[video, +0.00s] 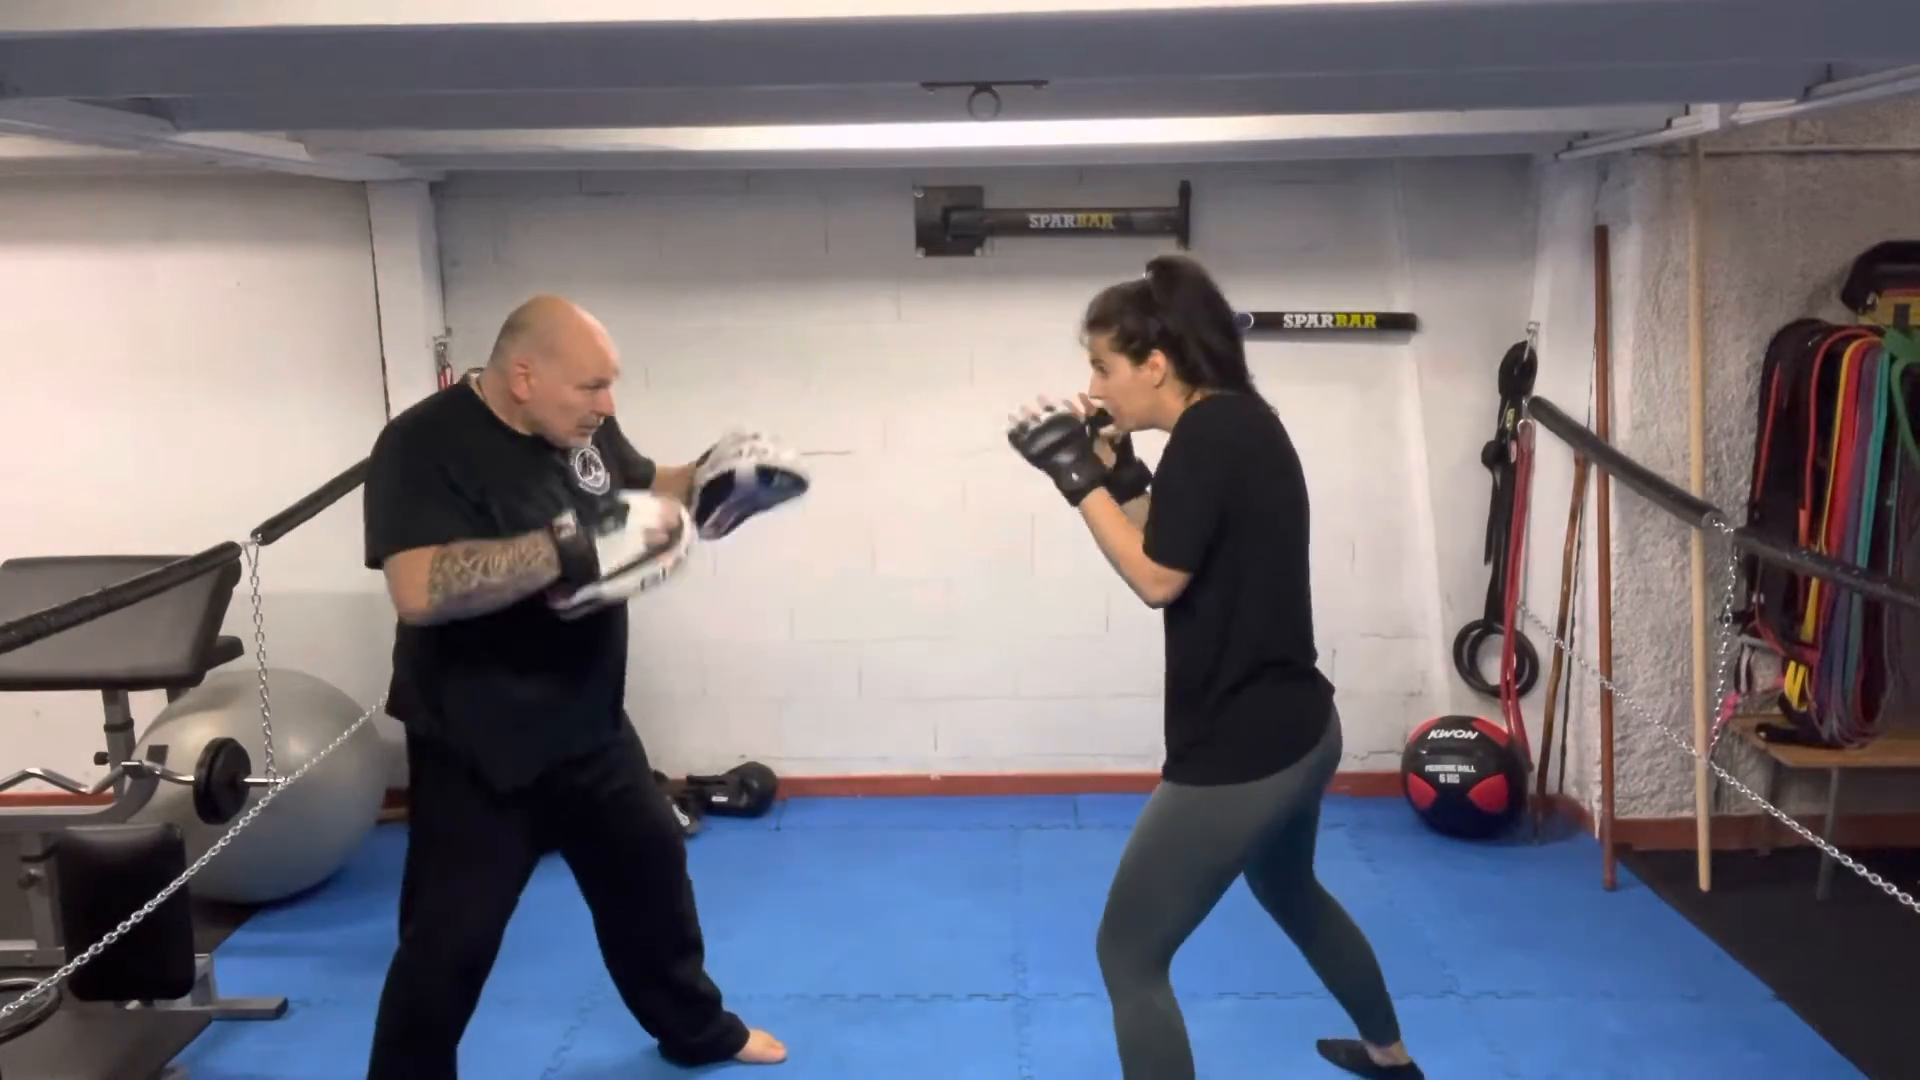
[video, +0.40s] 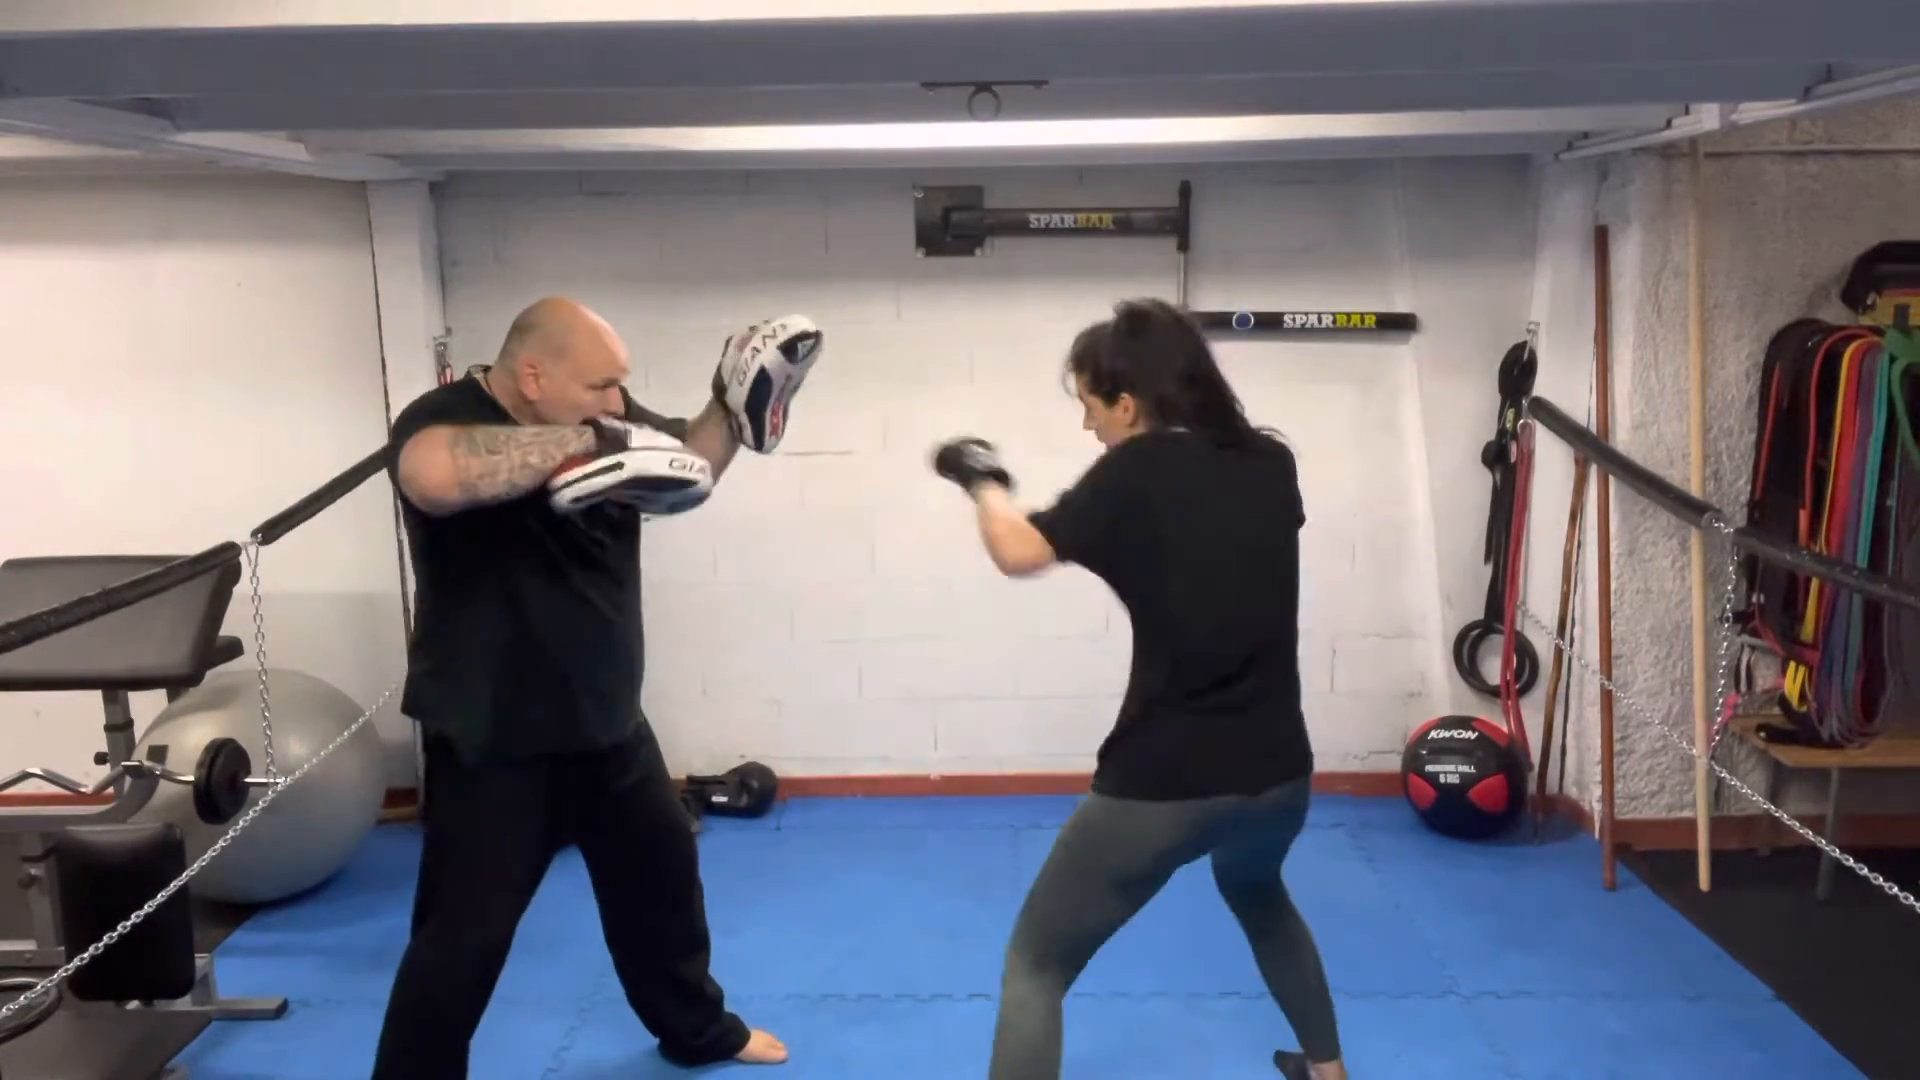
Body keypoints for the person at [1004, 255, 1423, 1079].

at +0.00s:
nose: (1096, 390)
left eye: (1102, 369)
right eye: (1094, 371)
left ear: (1157, 364)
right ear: (1164, 359)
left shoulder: (1207, 436)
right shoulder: (1249, 425)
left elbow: (1156, 577)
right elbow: (1191, 558)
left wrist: (1079, 481)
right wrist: (1118, 473)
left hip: (1238, 754)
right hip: (1299, 729)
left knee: (1130, 951)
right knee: (1289, 887)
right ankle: (1386, 1047)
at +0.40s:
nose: (1086, 421)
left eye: (1087, 404)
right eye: (1081, 405)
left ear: (1130, 400)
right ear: (1189, 384)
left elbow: (1017, 550)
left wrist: (984, 478)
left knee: (1038, 963)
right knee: (1259, 891)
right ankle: (1326, 1062)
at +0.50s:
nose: (1062, 422)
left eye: (1064, 406)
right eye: (1061, 406)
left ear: (1090, 403)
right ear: (1166, 391)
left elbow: (920, 467)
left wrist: (830, 423)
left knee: (1002, 979)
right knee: (1236, 900)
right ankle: (1318, 1063)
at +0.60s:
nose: (1014, 439)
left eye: (1014, 422)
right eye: (1009, 422)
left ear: (1045, 418)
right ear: (1114, 399)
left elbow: (909, 544)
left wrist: (846, 455)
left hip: (1111, 822)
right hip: (1199, 799)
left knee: (961, 985)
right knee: (1170, 912)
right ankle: (1303, 1052)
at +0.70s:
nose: (946, 449)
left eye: (954, 434)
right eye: (944, 433)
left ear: (1007, 437)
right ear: (1039, 423)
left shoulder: (1082, 529)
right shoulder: (1112, 496)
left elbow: (976, 644)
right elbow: (1047, 554)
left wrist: (934, 520)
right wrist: (981, 495)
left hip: (1103, 841)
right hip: (1147, 808)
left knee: (938, 990)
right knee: (1126, 930)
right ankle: (1286, 1032)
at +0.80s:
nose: (928, 460)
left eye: (938, 451)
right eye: (928, 448)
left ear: (993, 458)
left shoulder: (1116, 523)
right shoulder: (1015, 493)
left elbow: (1034, 666)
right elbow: (864, 461)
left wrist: (962, 533)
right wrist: (737, 458)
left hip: (1115, 833)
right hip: (1094, 809)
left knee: (942, 995)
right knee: (1125, 944)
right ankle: (1290, 1029)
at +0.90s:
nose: (932, 453)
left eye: (940, 437)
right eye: (930, 438)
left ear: (993, 436)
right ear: (1020, 428)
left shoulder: (1112, 521)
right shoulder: (1016, 504)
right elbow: (869, 532)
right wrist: (758, 491)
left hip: (1119, 827)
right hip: (1099, 802)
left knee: (953, 993)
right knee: (1123, 936)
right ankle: (1285, 1012)